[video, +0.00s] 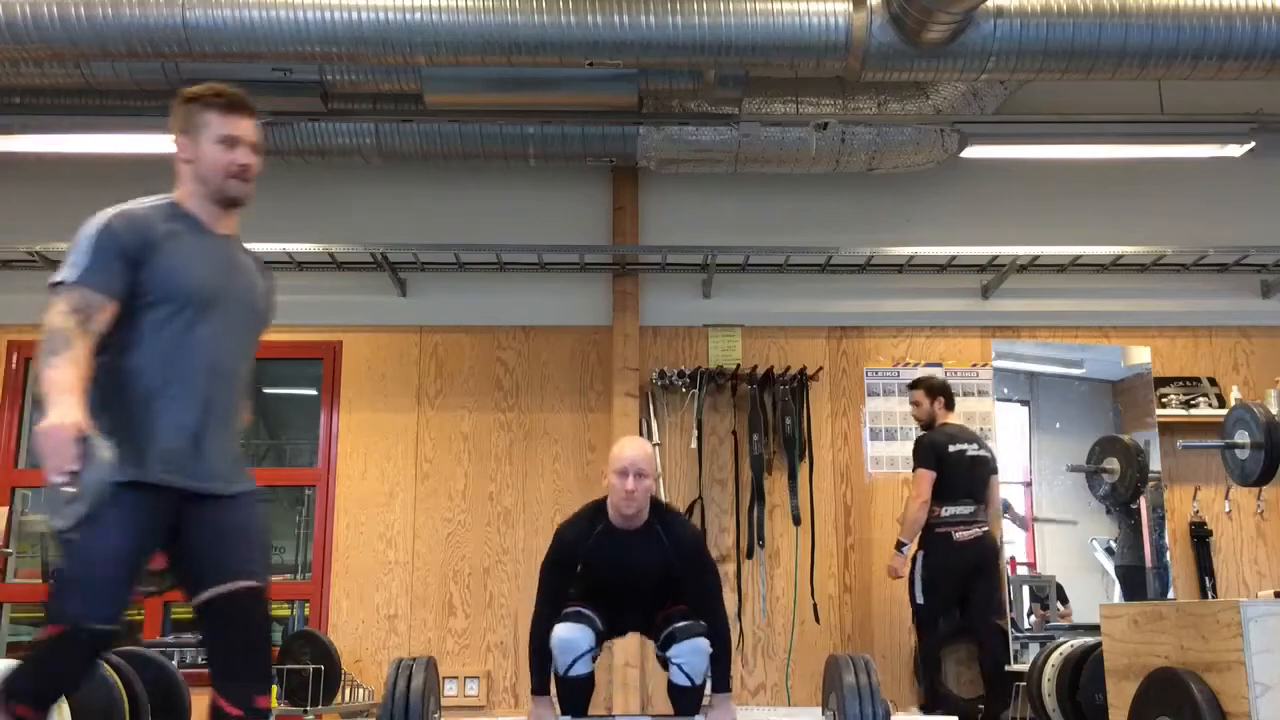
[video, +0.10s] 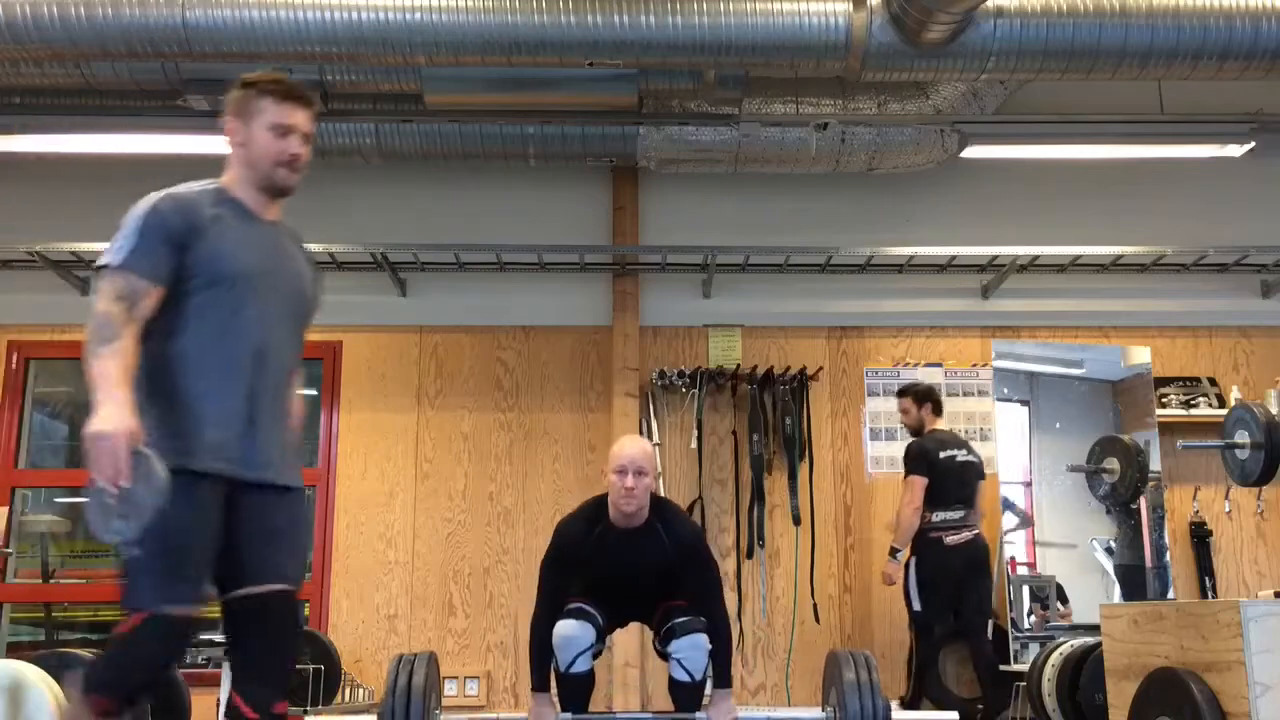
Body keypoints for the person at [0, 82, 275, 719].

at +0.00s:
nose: (247, 159)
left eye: (254, 148)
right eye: (230, 144)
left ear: (260, 158)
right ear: (183, 151)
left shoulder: (254, 277)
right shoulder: (125, 230)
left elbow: (229, 387)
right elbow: (67, 332)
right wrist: (64, 413)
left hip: (218, 482)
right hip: (124, 473)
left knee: (245, 660)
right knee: (80, 637)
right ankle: (16, 705)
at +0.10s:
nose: (298, 149)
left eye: (306, 138)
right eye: (281, 132)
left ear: (310, 147)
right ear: (235, 132)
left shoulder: (299, 261)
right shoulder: (173, 214)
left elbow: (282, 368)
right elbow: (112, 317)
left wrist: (289, 447)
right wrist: (111, 406)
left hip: (271, 473)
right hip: (176, 463)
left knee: (269, 650)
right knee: (159, 636)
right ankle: (82, 705)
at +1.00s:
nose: (729, 45)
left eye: (732, 29)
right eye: (709, 25)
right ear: (650, 31)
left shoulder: (709, 160)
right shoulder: (604, 122)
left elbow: (688, 298)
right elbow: (574, 267)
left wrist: (714, 414)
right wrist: (618, 373)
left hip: (710, 443)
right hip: (619, 437)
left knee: (788, 647)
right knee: (577, 652)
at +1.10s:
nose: (794, 47)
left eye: (795, 31)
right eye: (773, 26)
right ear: (713, 32)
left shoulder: (768, 160)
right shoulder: (674, 122)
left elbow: (743, 309)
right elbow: (640, 266)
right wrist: (702, 364)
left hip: (785, 438)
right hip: (691, 441)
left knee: (873, 653)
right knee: (624, 670)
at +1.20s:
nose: (863, 37)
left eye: (866, 21)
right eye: (843, 15)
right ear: (781, 19)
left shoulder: (828, 145)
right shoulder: (748, 107)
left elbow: (819, 284)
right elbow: (709, 241)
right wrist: (779, 346)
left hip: (859, 431)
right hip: (773, 430)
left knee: (933, 641)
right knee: (760, 649)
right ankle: (684, 692)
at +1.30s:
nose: (925, 22)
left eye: (929, 10)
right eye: (909, 4)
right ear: (845, 8)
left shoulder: (883, 124)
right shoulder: (812, 86)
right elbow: (772, 224)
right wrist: (842, 333)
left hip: (918, 417)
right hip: (864, 411)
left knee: (963, 620)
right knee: (908, 611)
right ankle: (793, 701)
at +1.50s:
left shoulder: (994, 87)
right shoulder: (931, 50)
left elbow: (1012, 275)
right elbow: (885, 207)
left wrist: (1083, 400)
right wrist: (925, 355)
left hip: (1005, 395)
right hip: (981, 394)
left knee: (974, 655)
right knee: (1108, 618)